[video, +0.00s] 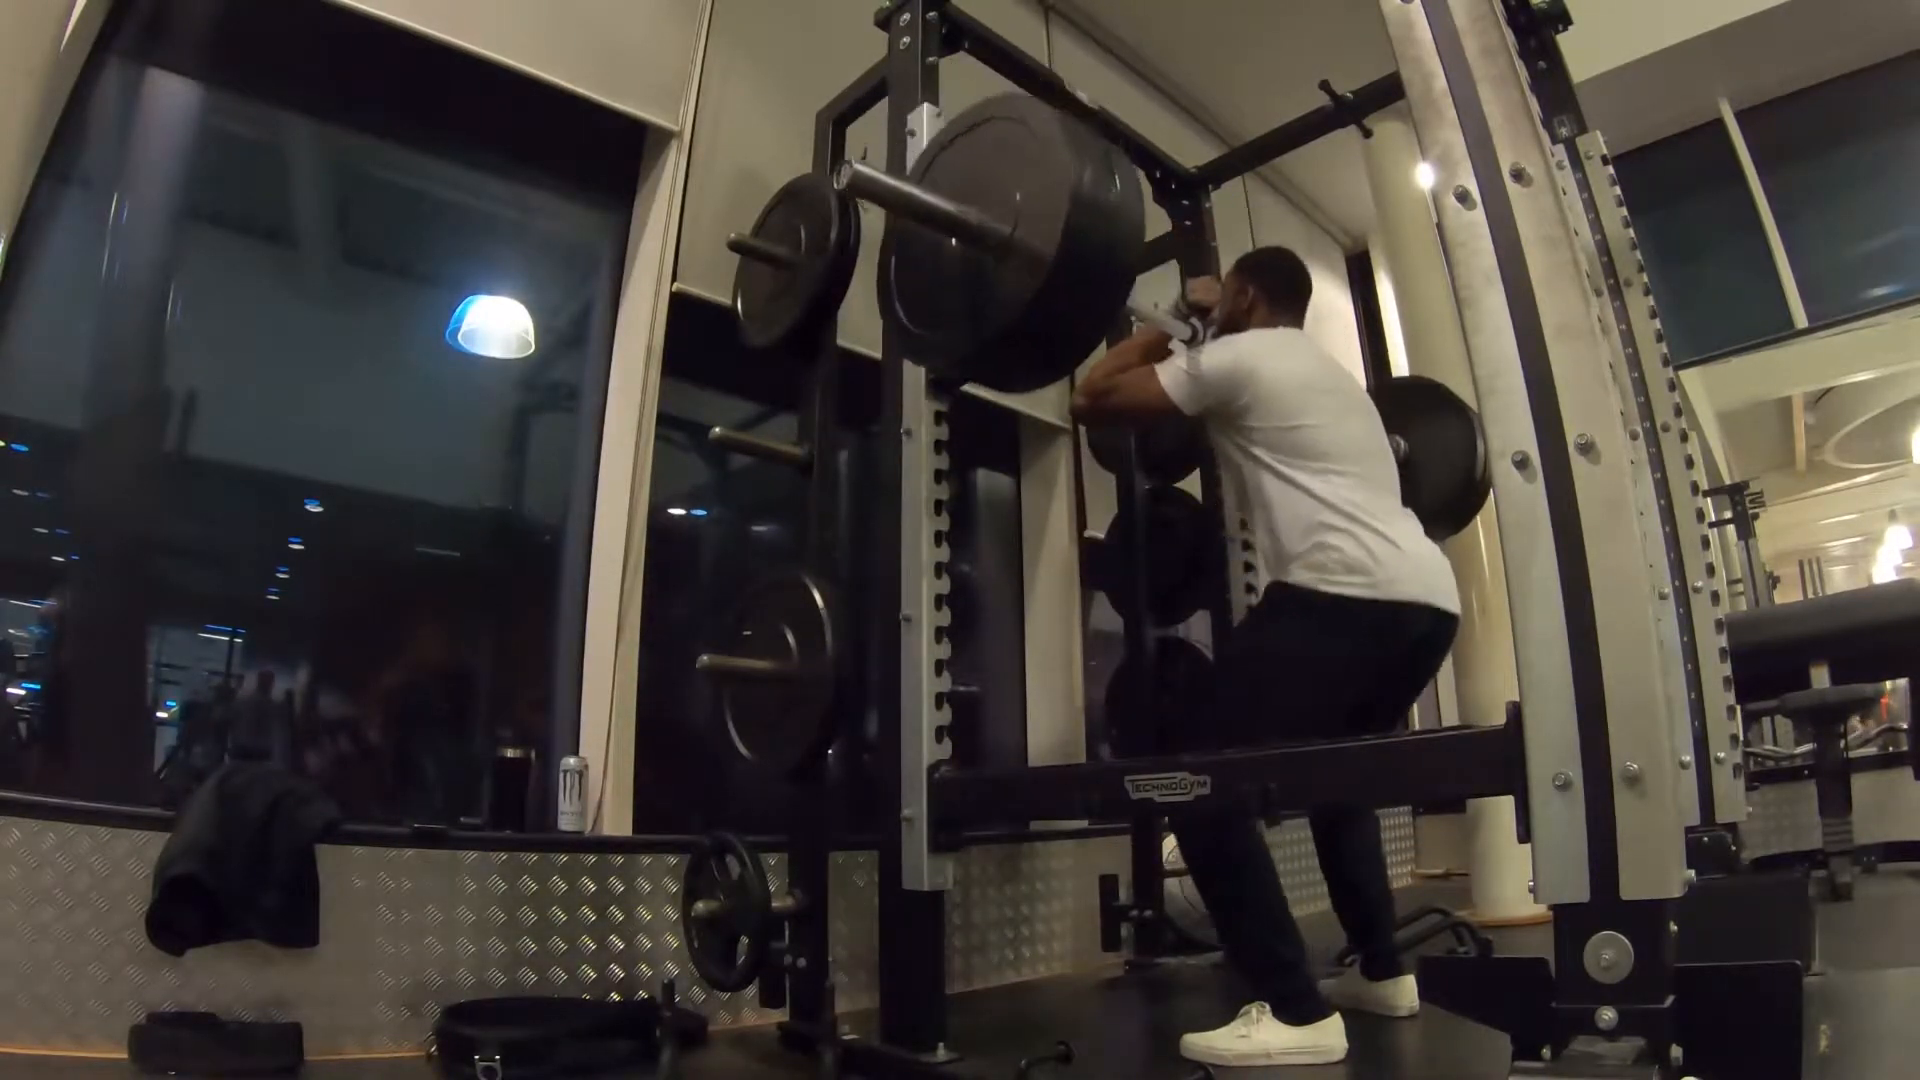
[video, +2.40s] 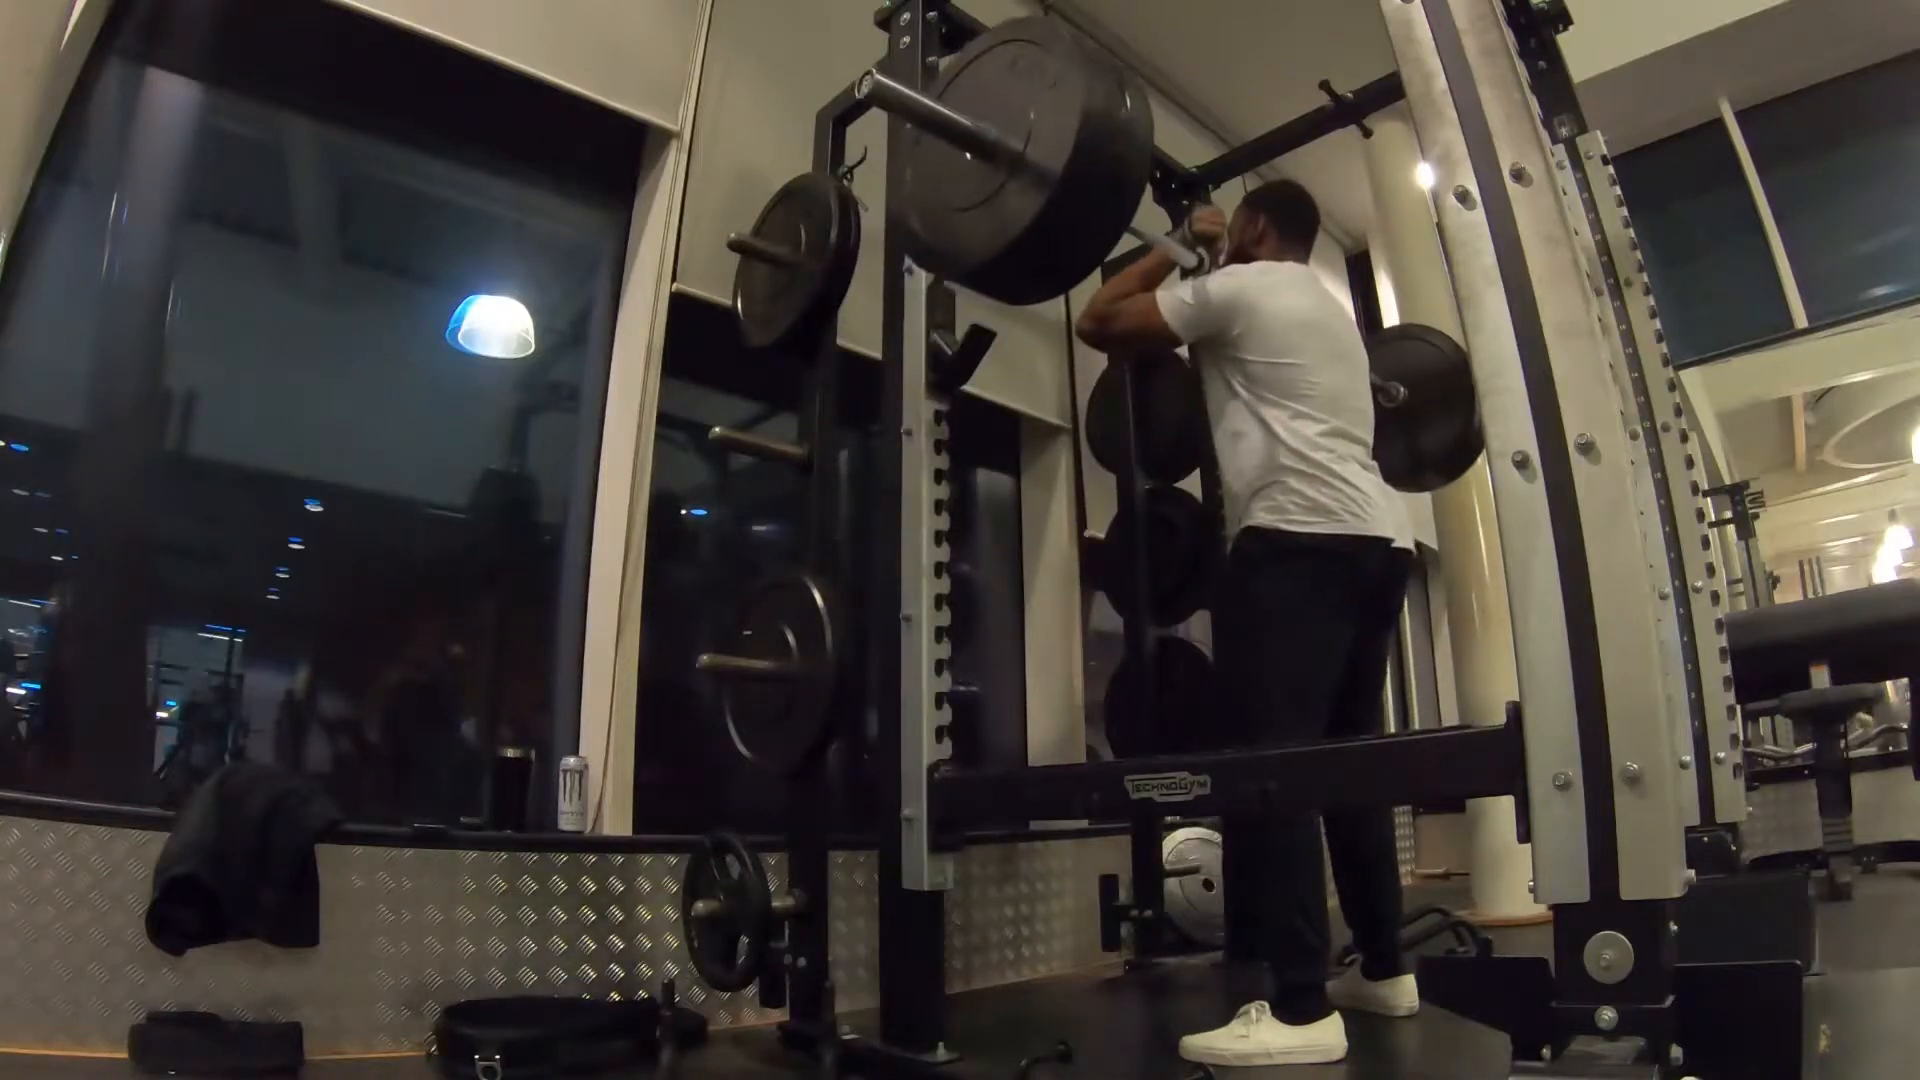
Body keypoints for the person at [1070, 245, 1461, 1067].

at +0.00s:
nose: (1214, 307)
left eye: (1223, 295)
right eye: (1219, 295)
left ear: (1249, 296)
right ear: (1296, 305)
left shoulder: (1240, 360)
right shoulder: (1332, 371)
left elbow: (1093, 392)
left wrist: (1157, 330)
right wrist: (1202, 338)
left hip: (1334, 597)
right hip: (1426, 604)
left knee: (1201, 779)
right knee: (1331, 771)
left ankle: (1293, 1011)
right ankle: (1384, 970)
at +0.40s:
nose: (1218, 416)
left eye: (1226, 405)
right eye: (1220, 405)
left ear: (1252, 412)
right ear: (1297, 417)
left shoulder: (1247, 482)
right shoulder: (1337, 478)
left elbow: (1105, 525)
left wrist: (1169, 446)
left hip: (1374, 698)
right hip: (1462, 705)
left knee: (1177, 796)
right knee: (1315, 784)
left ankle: (1294, 1013)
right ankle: (1382, 970)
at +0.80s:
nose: (1223, 516)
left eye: (1229, 505)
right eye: (1225, 506)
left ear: (1256, 512)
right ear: (1311, 513)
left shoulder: (1251, 590)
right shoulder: (1339, 575)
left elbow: (1125, 642)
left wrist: (1178, 546)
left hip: (1381, 838)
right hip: (1458, 838)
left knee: (1156, 825)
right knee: (1308, 784)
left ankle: (1291, 1012)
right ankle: (1381, 971)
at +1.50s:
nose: (1221, 436)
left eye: (1229, 425)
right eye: (1225, 425)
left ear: (1251, 433)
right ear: (1299, 439)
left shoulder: (1249, 506)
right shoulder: (1332, 497)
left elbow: (1114, 558)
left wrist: (1168, 467)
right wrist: (1219, 478)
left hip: (1379, 720)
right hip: (1462, 721)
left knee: (1176, 804)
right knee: (1305, 783)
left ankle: (1293, 1013)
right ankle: (1381, 969)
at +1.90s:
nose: (1221, 328)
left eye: (1230, 314)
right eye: (1224, 315)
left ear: (1256, 320)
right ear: (1299, 328)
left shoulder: (1250, 388)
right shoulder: (1333, 394)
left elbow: (1106, 441)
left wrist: (1175, 359)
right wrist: (1209, 359)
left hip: (1344, 625)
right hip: (1426, 635)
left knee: (1182, 783)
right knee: (1322, 771)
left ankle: (1293, 1011)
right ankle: (1382, 970)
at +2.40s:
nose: (1231, 239)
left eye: (1237, 228)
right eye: (1234, 230)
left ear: (1255, 229)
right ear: (1308, 239)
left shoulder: (1238, 294)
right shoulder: (1332, 307)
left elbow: (1099, 318)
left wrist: (1172, 249)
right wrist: (1208, 262)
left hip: (1291, 541)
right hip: (1377, 543)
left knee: (1270, 768)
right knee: (1350, 759)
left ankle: (1296, 1009)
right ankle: (1385, 971)